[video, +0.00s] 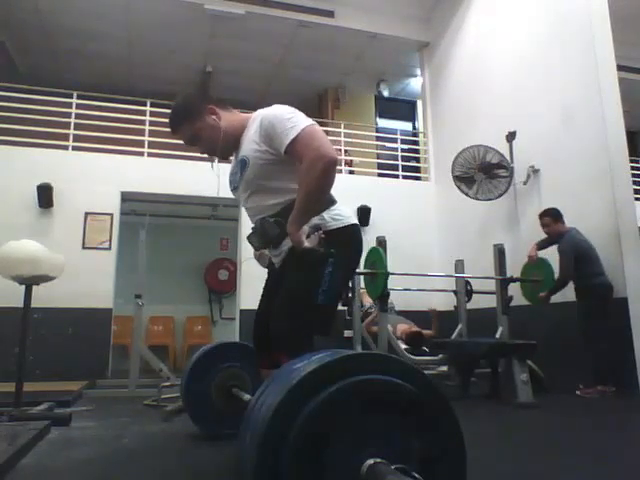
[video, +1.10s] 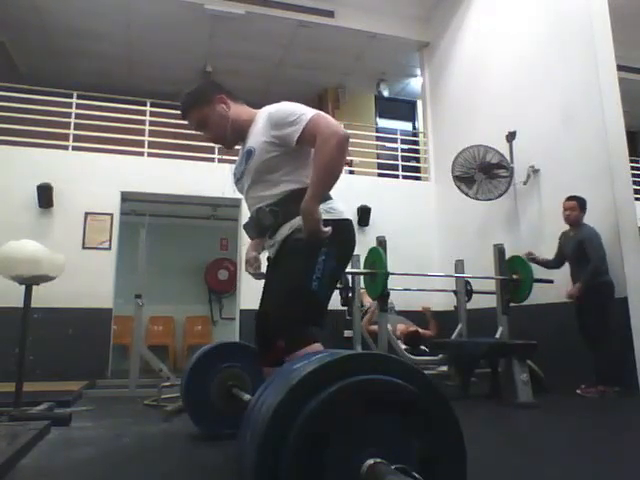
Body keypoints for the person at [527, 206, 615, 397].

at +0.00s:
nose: (545, 230)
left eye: (547, 225)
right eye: (543, 226)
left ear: (558, 223)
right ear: (559, 224)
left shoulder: (566, 243)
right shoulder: (570, 234)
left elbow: (566, 277)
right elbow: (553, 238)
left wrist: (548, 294)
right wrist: (535, 246)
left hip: (592, 292)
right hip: (598, 289)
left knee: (591, 337)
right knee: (596, 336)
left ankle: (595, 383)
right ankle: (604, 382)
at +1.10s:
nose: (567, 214)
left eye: (571, 210)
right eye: (565, 210)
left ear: (582, 212)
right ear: (563, 213)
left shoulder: (589, 234)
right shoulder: (565, 237)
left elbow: (597, 263)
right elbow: (556, 263)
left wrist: (579, 285)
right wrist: (537, 260)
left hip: (599, 289)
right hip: (582, 290)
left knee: (598, 334)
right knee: (589, 334)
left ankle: (603, 383)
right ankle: (599, 381)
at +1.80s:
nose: (572, 207)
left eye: (575, 203)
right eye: (568, 204)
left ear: (585, 204)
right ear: (565, 208)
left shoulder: (601, 227)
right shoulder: (561, 234)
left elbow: (630, 248)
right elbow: (555, 258)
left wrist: (623, 276)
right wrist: (550, 274)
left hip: (600, 288)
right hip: (572, 289)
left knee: (599, 334)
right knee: (563, 329)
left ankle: (604, 385)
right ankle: (582, 375)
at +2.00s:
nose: (567, 207)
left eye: (571, 203)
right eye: (563, 204)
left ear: (580, 203)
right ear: (560, 208)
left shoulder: (598, 228)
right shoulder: (556, 233)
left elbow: (615, 256)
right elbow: (551, 258)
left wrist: (603, 280)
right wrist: (549, 271)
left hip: (596, 294)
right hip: (568, 294)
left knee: (599, 340)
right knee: (566, 337)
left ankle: (602, 385)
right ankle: (567, 382)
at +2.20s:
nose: (557, 206)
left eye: (560, 201)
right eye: (552, 203)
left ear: (570, 202)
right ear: (550, 207)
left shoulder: (588, 226)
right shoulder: (547, 234)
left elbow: (604, 254)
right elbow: (541, 259)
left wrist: (587, 278)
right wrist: (543, 273)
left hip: (588, 294)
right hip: (560, 295)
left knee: (594, 340)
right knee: (560, 340)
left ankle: (601, 387)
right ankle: (564, 388)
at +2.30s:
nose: (550, 205)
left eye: (553, 200)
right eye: (546, 202)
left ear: (563, 200)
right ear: (543, 206)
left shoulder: (582, 223)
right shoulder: (541, 233)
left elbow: (601, 250)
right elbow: (535, 258)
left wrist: (587, 274)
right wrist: (537, 271)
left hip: (583, 293)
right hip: (555, 294)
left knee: (590, 339)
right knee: (557, 341)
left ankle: (600, 386)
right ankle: (563, 387)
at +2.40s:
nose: (546, 203)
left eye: (549, 198)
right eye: (542, 201)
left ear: (559, 198)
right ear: (539, 205)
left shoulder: (577, 221)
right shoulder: (535, 231)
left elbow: (600, 246)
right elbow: (529, 257)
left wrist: (585, 269)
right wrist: (531, 273)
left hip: (579, 290)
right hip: (551, 293)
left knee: (587, 336)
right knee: (556, 340)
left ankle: (597, 385)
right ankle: (563, 387)